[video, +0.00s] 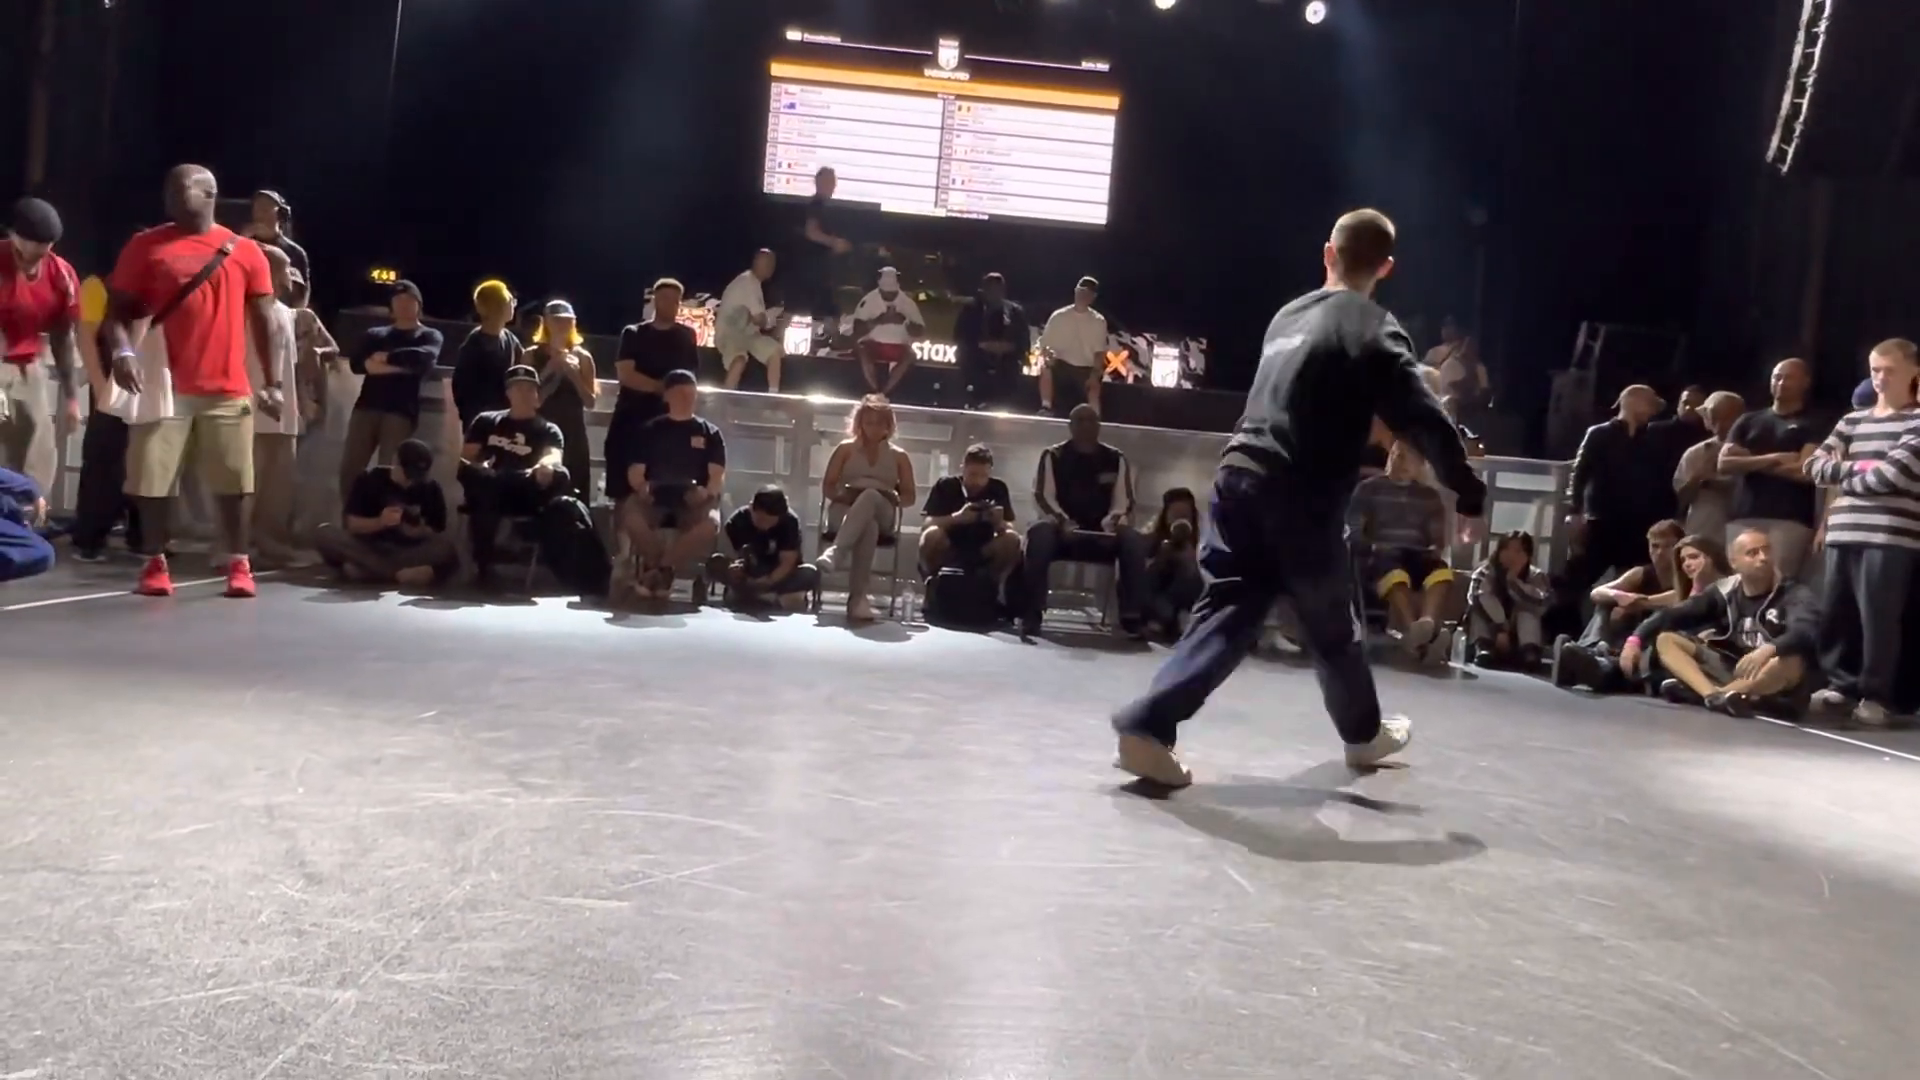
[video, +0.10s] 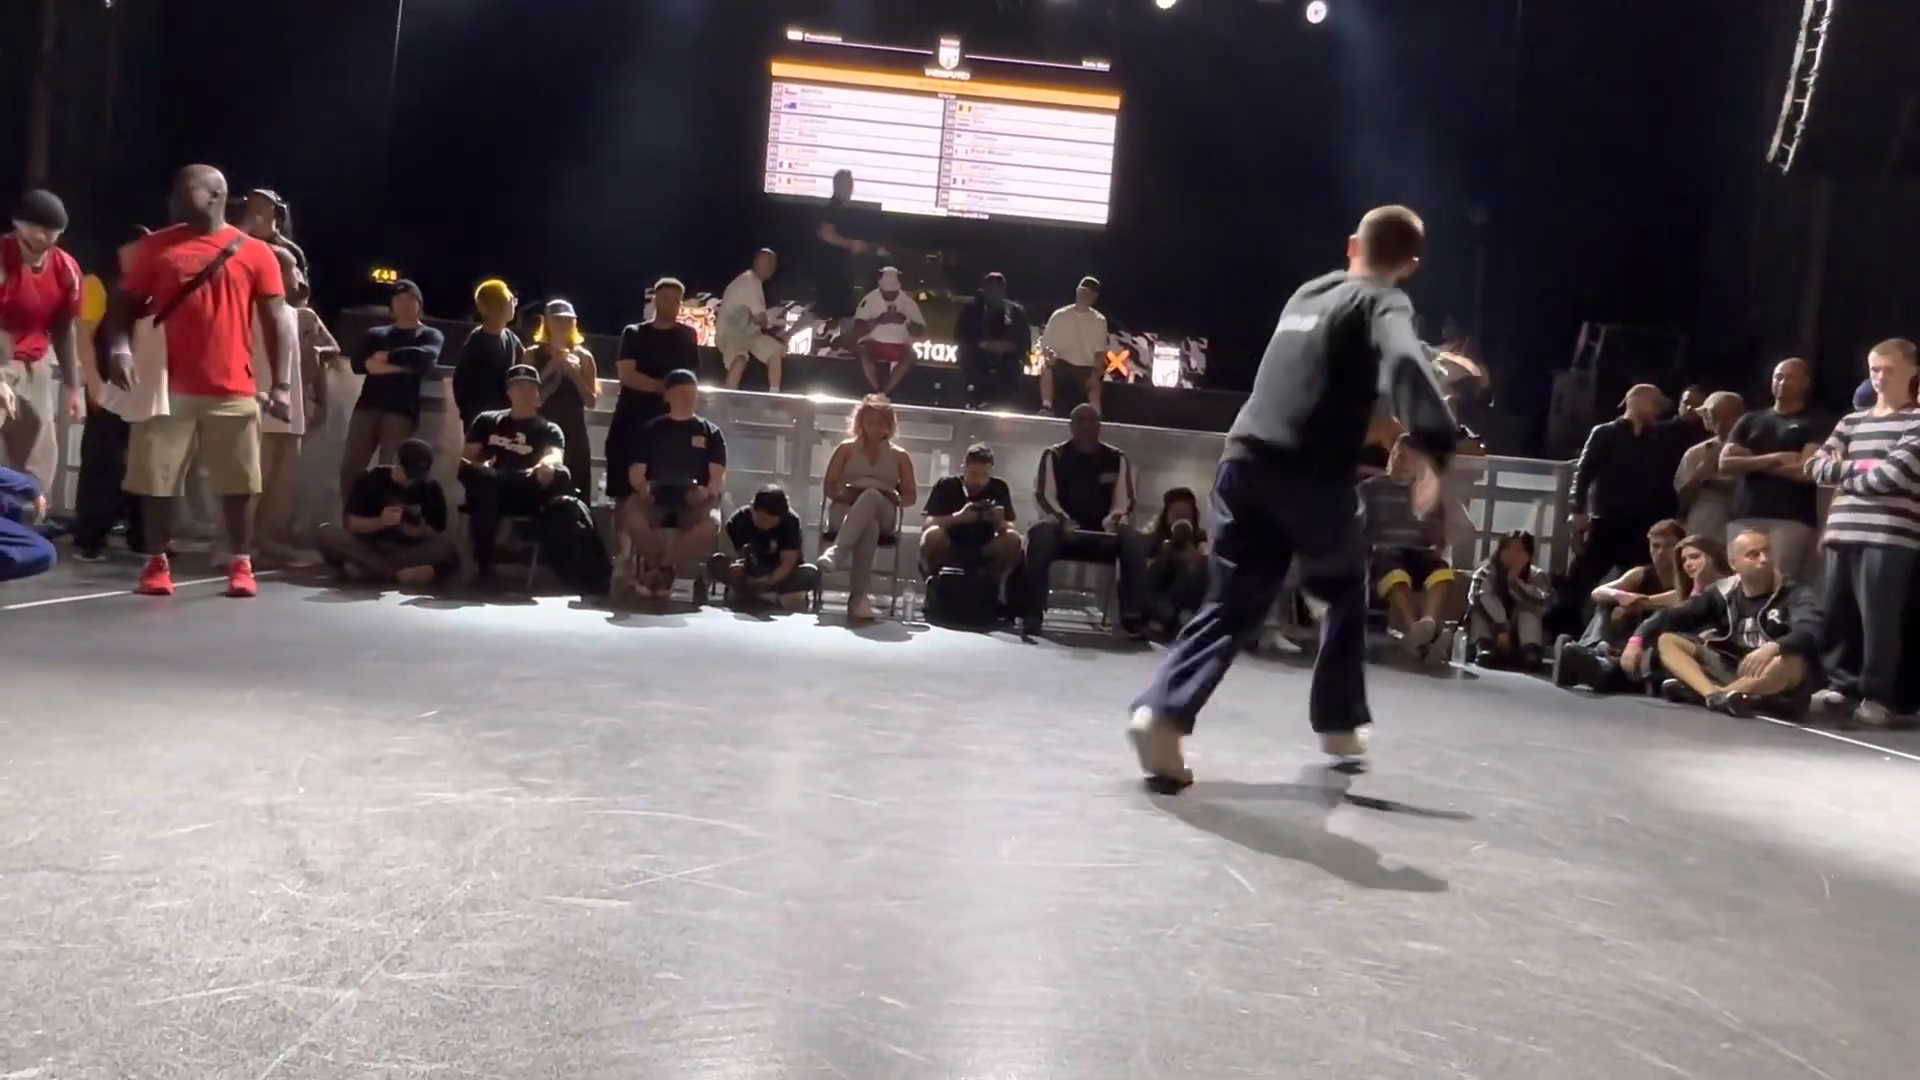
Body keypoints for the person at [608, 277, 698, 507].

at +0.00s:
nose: (671, 305)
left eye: (675, 300)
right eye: (665, 299)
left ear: (679, 303)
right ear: (654, 301)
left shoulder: (686, 335)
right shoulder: (633, 333)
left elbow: (689, 380)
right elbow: (625, 375)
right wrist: (663, 388)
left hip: (669, 418)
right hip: (632, 416)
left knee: (666, 485)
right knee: (623, 488)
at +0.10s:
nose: (672, 304)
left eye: (676, 300)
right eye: (666, 298)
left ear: (680, 303)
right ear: (655, 300)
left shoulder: (687, 335)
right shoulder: (634, 332)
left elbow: (690, 379)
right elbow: (626, 375)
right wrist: (664, 387)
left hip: (670, 419)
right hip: (632, 417)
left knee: (666, 487)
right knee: (624, 490)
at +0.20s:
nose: (672, 304)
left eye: (676, 299)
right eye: (666, 298)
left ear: (681, 303)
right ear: (655, 300)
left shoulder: (687, 334)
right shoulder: (634, 332)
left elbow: (690, 380)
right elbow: (626, 375)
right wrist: (664, 387)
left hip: (670, 420)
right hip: (632, 418)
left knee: (666, 488)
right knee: (624, 490)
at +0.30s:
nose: (671, 304)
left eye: (676, 299)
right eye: (666, 298)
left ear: (681, 303)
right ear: (655, 300)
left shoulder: (687, 334)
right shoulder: (634, 332)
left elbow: (690, 379)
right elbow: (626, 375)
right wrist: (665, 387)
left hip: (670, 419)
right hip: (632, 417)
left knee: (666, 487)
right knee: (624, 489)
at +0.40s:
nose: (671, 304)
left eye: (675, 299)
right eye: (665, 298)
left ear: (680, 303)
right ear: (655, 300)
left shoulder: (687, 334)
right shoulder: (634, 332)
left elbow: (689, 380)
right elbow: (626, 375)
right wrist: (665, 388)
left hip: (669, 420)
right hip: (632, 418)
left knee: (666, 489)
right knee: (624, 491)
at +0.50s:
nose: (670, 304)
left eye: (675, 299)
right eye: (665, 298)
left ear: (680, 303)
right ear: (654, 300)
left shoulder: (687, 334)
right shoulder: (634, 332)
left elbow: (689, 380)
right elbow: (626, 374)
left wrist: (640, 378)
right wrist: (665, 387)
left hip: (669, 423)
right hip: (631, 420)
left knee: (665, 492)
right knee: (624, 493)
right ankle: (621, 553)